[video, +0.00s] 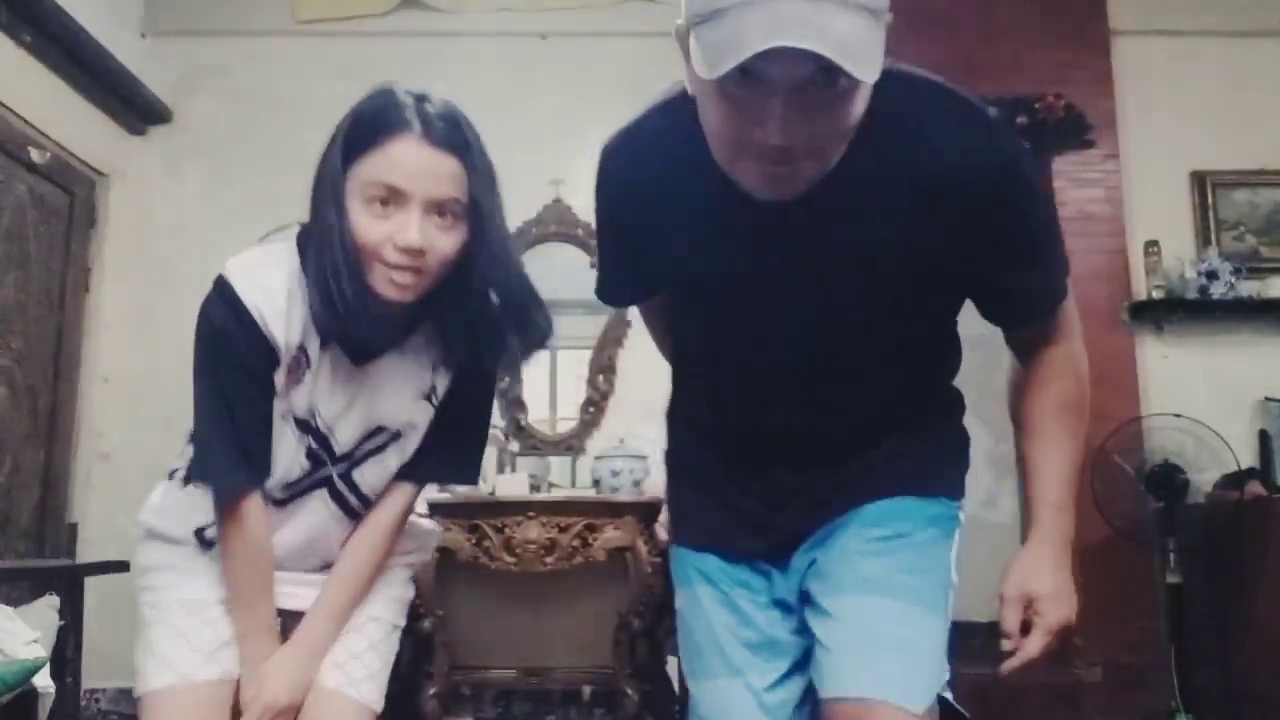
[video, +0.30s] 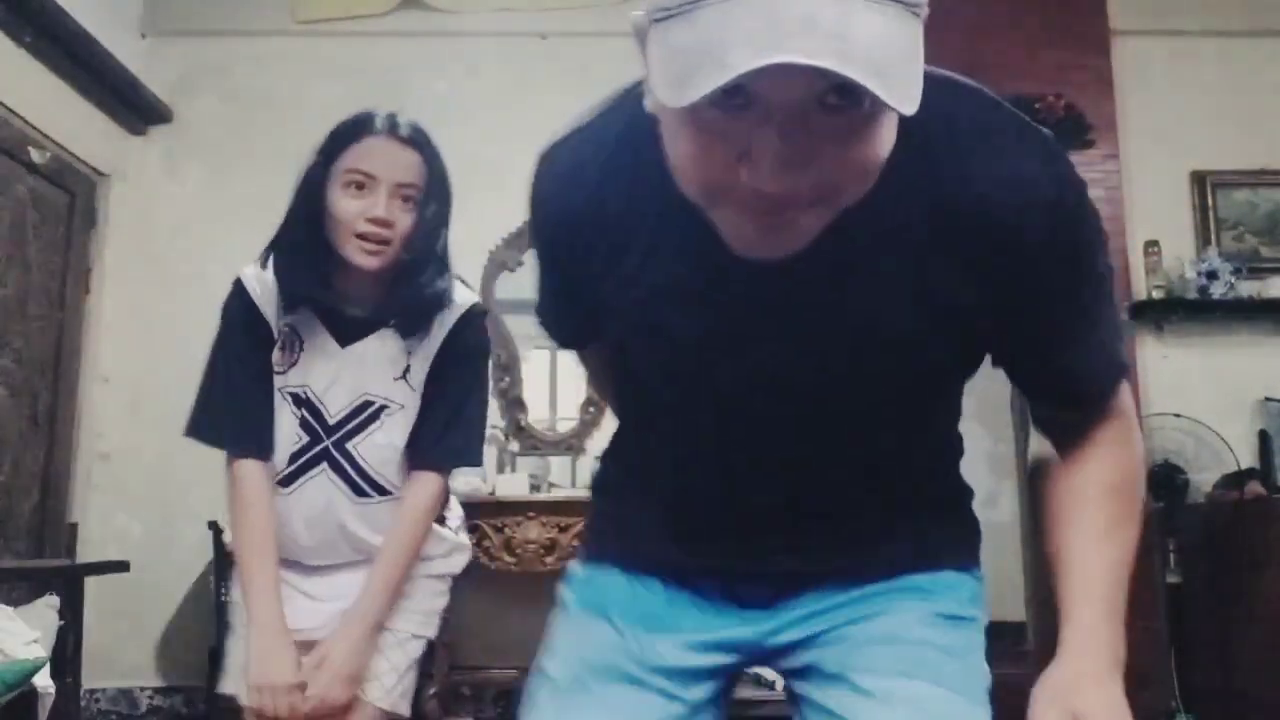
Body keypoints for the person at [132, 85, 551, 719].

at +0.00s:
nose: (411, 240)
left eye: (444, 213)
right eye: (384, 203)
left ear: (472, 228)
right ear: (336, 197)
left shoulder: (472, 332)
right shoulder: (252, 298)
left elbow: (393, 505)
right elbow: (239, 500)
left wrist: (303, 655)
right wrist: (262, 665)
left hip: (360, 561)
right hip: (210, 550)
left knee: (331, 708)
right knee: (188, 708)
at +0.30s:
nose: (379, 215)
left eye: (406, 199)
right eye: (358, 187)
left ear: (428, 218)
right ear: (320, 194)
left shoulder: (455, 321)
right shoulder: (262, 296)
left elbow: (426, 485)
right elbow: (249, 468)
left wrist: (355, 636)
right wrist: (267, 634)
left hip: (398, 568)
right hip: (278, 560)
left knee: (356, 705)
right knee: (265, 702)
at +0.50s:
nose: (398, 193)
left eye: (421, 181)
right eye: (382, 169)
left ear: (441, 199)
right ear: (350, 177)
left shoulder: (467, 299)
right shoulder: (307, 290)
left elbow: (473, 442)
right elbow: (288, 428)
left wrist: (431, 576)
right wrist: (277, 553)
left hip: (437, 543)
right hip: (330, 544)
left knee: (395, 701)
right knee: (309, 702)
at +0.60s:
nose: (425, 184)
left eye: (447, 174)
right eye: (411, 163)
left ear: (469, 195)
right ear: (381, 174)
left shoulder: (492, 295)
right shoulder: (336, 294)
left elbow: (494, 430)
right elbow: (321, 424)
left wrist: (461, 547)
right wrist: (310, 527)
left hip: (457, 546)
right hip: (358, 545)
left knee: (413, 707)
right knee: (340, 706)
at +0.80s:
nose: (490, 214)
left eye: (507, 205)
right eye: (482, 197)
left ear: (526, 221)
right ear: (459, 202)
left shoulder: (529, 313)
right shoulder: (427, 302)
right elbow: (415, 416)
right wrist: (377, 510)